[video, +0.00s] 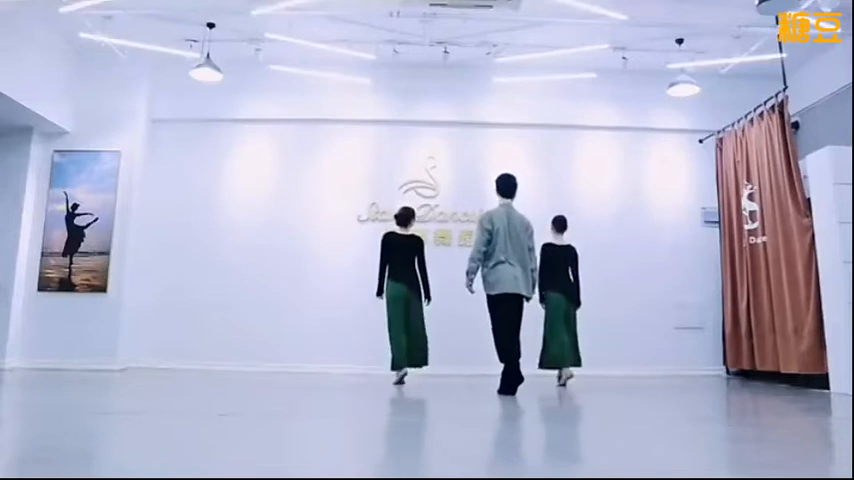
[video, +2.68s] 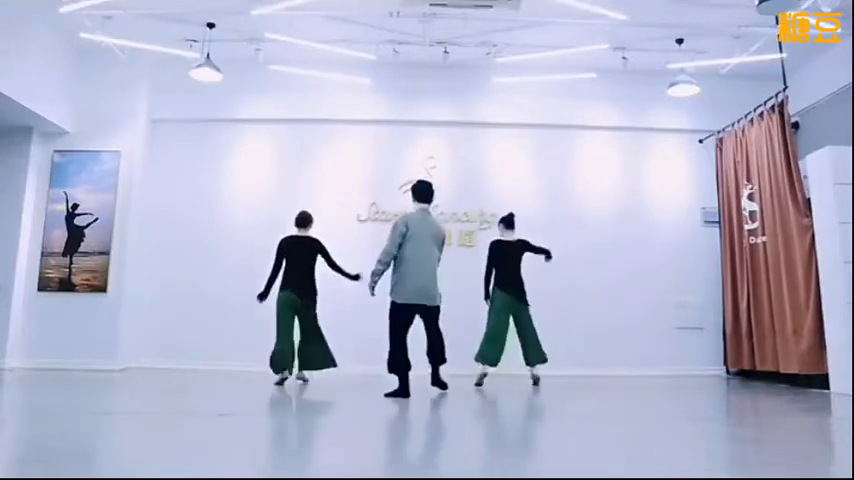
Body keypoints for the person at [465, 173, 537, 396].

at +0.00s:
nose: (501, 191)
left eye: (498, 188)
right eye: (508, 187)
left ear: (496, 190)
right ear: (515, 191)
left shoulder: (489, 218)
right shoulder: (525, 222)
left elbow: (479, 250)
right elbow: (532, 257)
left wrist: (470, 274)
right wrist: (531, 285)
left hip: (495, 282)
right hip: (519, 282)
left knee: (500, 329)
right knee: (513, 331)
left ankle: (514, 371)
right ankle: (508, 383)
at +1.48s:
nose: (474, 191)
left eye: (468, 186)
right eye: (479, 186)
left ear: (464, 188)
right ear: (484, 189)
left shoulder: (456, 217)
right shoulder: (493, 220)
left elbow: (447, 249)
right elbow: (501, 256)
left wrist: (438, 272)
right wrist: (501, 284)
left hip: (462, 283)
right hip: (486, 283)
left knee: (468, 329)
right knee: (481, 330)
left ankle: (480, 371)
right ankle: (474, 381)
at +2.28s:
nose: (455, 194)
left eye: (449, 190)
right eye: (460, 190)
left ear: (445, 192)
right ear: (464, 193)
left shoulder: (438, 221)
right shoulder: (472, 223)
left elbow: (428, 252)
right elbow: (485, 256)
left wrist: (418, 276)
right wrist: (492, 281)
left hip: (444, 290)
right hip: (468, 289)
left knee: (445, 334)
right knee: (469, 332)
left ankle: (459, 376)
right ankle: (476, 375)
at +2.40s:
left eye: (438, 189)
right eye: (450, 189)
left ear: (435, 192)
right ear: (454, 193)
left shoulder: (428, 221)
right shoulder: (463, 223)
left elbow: (419, 252)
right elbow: (475, 256)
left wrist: (408, 276)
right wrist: (479, 282)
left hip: (433, 289)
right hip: (459, 289)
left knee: (426, 337)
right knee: (465, 336)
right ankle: (473, 379)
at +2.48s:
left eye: (432, 189)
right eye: (443, 189)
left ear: (430, 192)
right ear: (450, 192)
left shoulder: (423, 219)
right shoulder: (459, 223)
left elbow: (414, 251)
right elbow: (467, 258)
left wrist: (402, 275)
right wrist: (467, 284)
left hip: (427, 289)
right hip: (453, 289)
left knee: (418, 336)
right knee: (461, 335)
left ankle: (408, 381)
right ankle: (472, 380)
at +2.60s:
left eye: (419, 192)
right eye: (430, 192)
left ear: (417, 194)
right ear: (437, 195)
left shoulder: (408, 220)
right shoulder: (444, 226)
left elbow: (397, 251)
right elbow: (444, 260)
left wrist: (383, 274)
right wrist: (439, 282)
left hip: (410, 291)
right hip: (436, 291)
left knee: (402, 338)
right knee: (444, 331)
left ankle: (404, 385)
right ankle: (451, 374)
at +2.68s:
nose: (414, 196)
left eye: (414, 193)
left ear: (413, 196)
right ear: (432, 198)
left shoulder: (404, 223)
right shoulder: (438, 229)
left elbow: (389, 252)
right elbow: (436, 259)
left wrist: (374, 277)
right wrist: (421, 274)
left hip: (403, 293)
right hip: (429, 293)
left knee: (398, 338)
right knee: (433, 331)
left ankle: (403, 385)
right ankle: (436, 374)